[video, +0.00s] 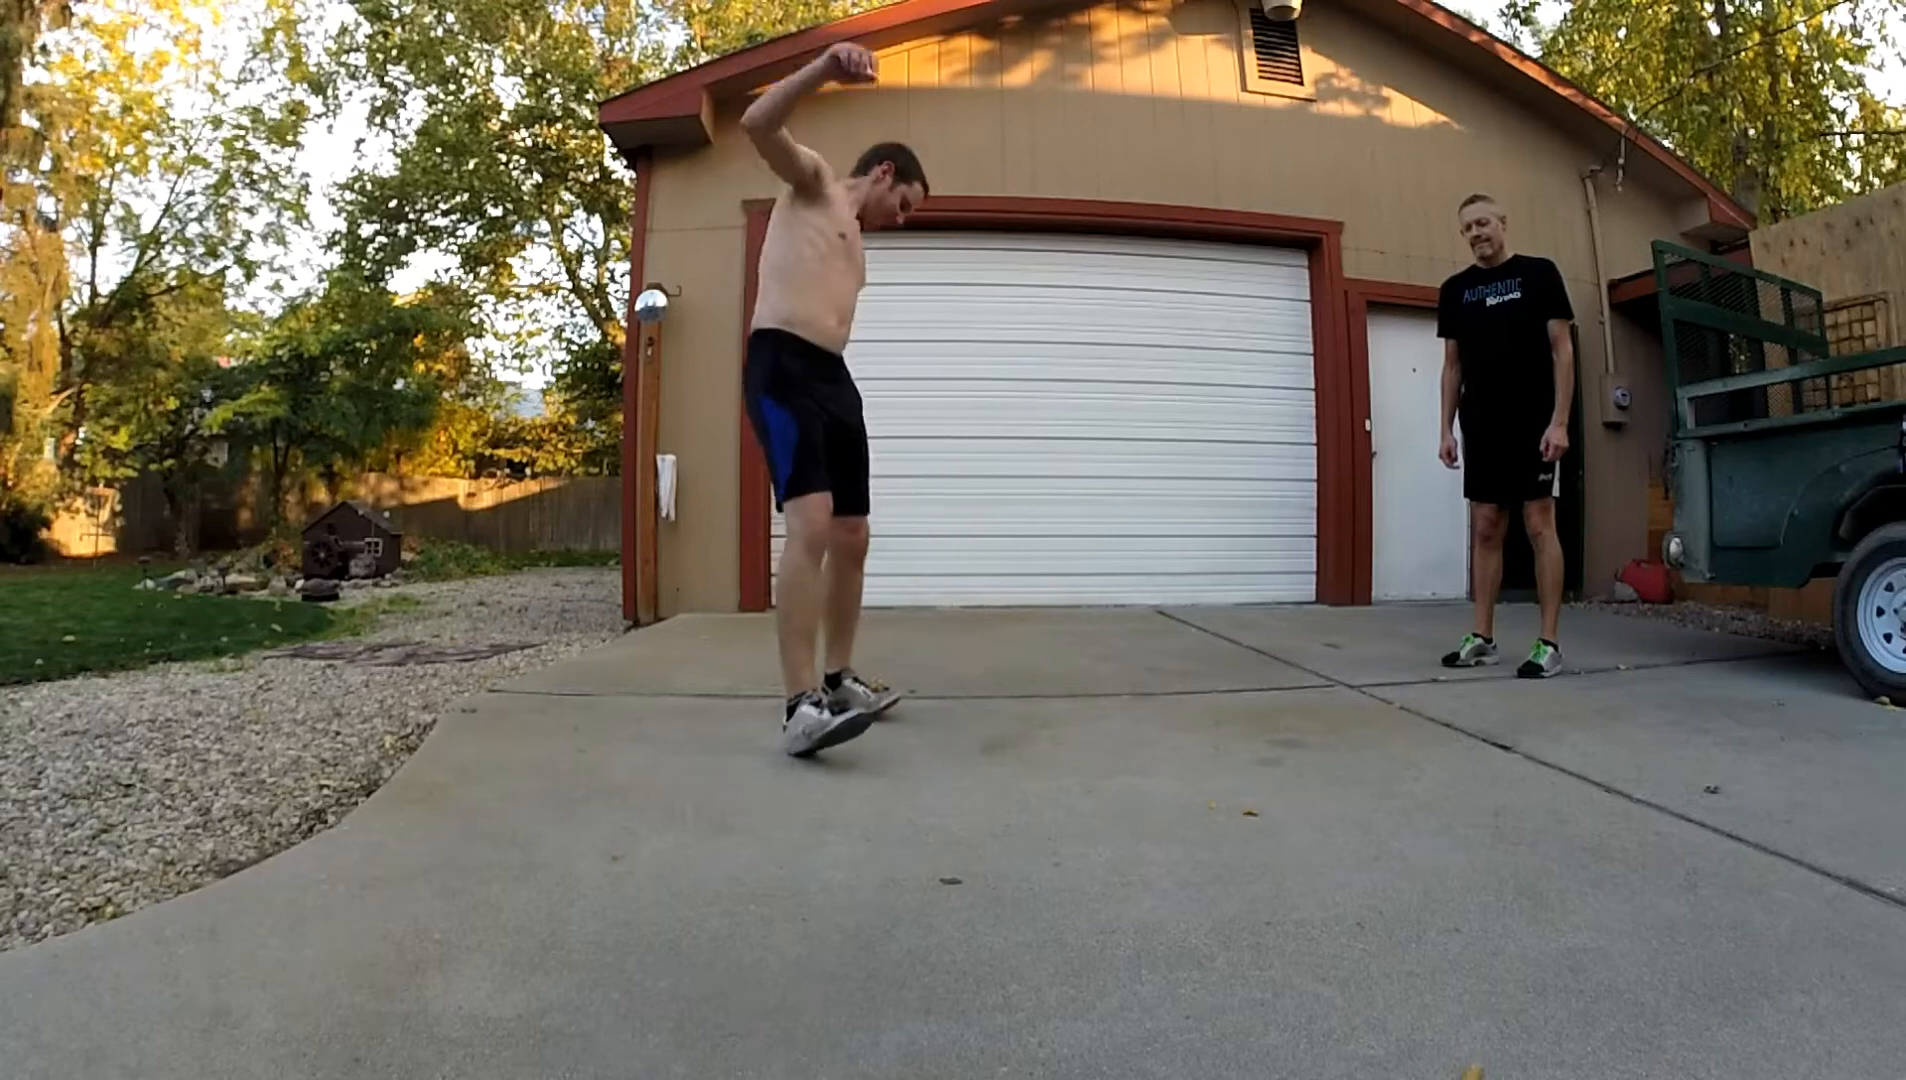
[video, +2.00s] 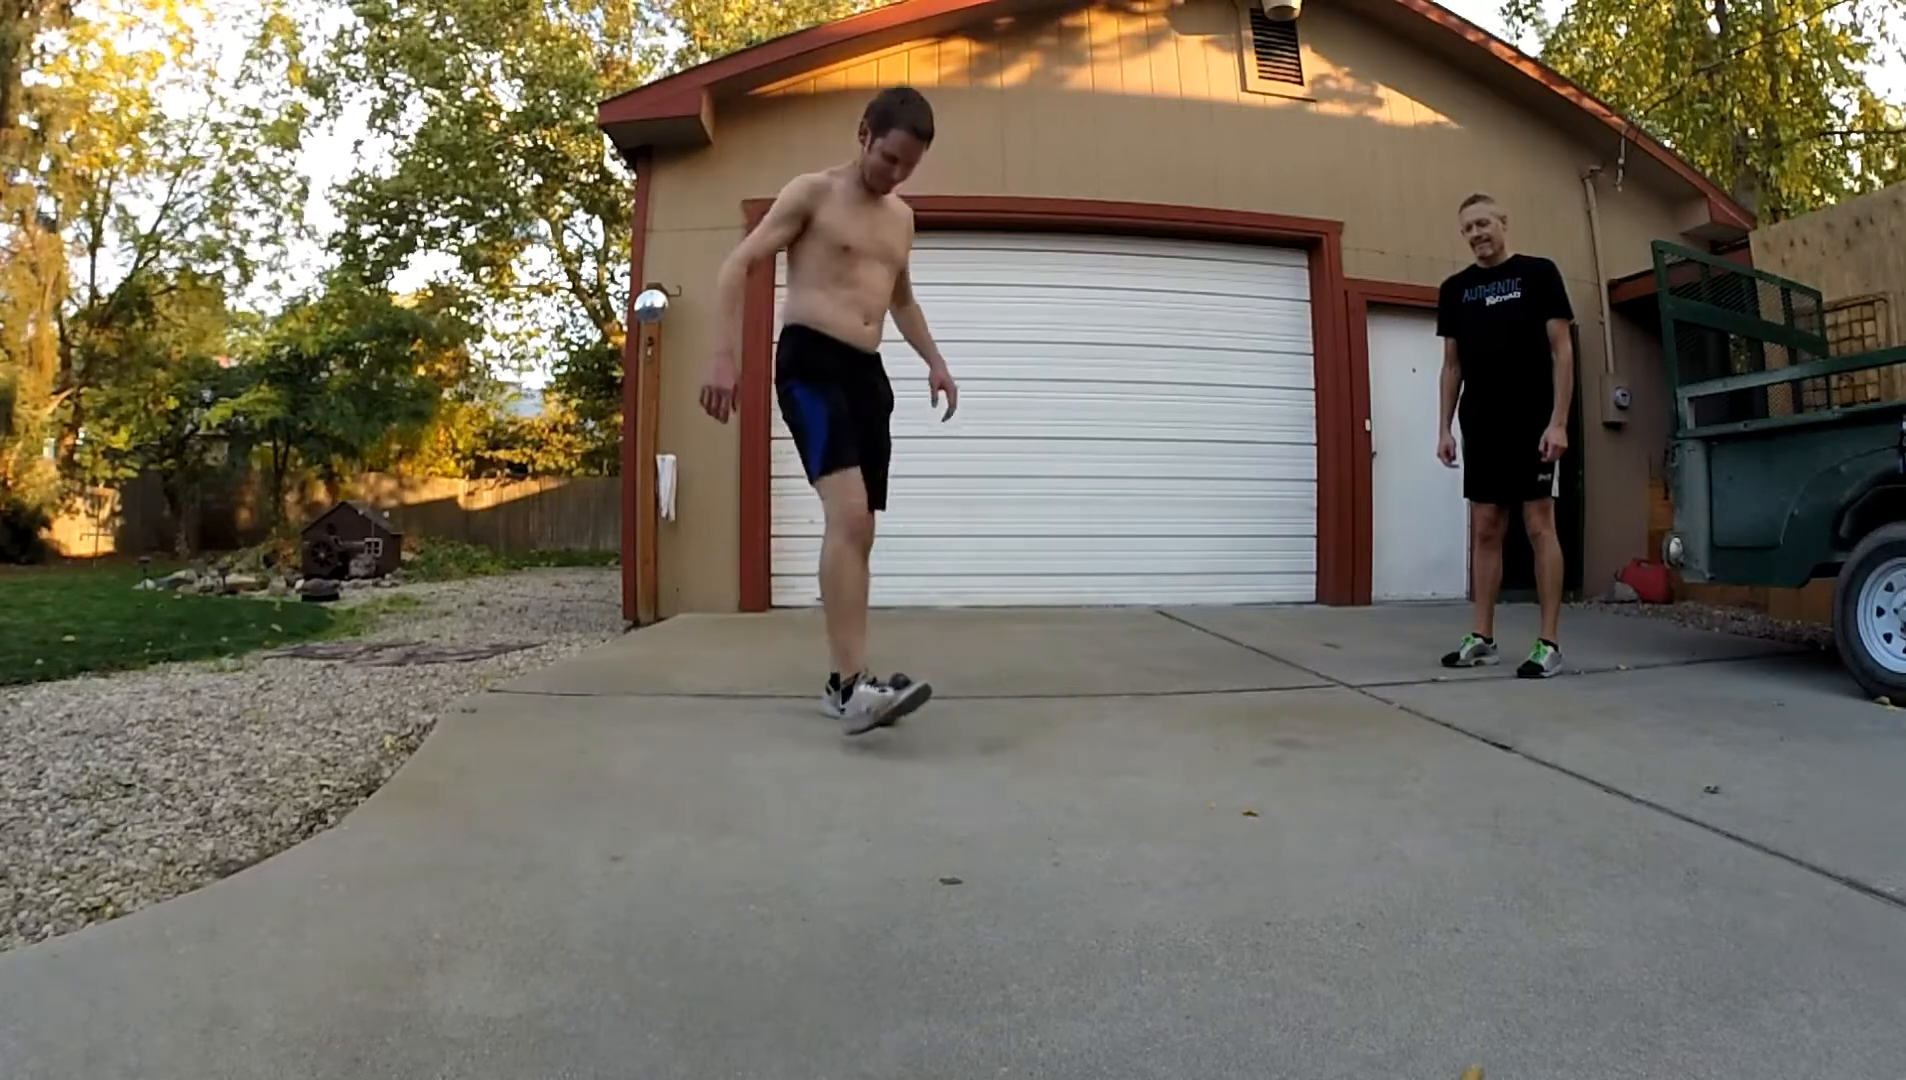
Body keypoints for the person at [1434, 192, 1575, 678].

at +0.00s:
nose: (1477, 232)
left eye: (1483, 223)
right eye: (1469, 227)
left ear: (1503, 224)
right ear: (1462, 236)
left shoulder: (1539, 273)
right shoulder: (1455, 290)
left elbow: (1563, 350)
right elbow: (1452, 363)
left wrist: (1559, 422)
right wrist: (1447, 429)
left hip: (1535, 421)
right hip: (1483, 424)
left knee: (1539, 527)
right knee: (1485, 528)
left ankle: (1548, 642)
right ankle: (1482, 636)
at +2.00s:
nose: (1477, 233)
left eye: (1483, 223)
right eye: (1469, 228)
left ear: (1503, 225)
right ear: (1462, 237)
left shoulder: (1539, 273)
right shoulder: (1455, 290)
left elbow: (1563, 351)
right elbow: (1452, 364)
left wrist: (1558, 422)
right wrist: (1445, 427)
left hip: (1534, 420)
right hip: (1482, 423)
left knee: (1539, 527)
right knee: (1485, 529)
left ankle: (1549, 642)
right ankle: (1482, 636)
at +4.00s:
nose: (1496, 222)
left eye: (1504, 214)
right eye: (1488, 216)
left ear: (1523, 221)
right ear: (1478, 226)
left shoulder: (1556, 270)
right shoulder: (1466, 283)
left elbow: (1574, 341)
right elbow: (1472, 354)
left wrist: (1564, 392)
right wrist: (1480, 404)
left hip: (1548, 414)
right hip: (1495, 416)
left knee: (1555, 526)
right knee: (1491, 530)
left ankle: (1570, 648)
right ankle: (1481, 636)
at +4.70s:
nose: (1562, 204)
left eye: (1570, 194)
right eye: (1553, 198)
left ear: (1592, 195)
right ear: (1545, 206)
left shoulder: (1624, 260)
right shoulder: (1526, 256)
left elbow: (1626, 341)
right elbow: (1515, 338)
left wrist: (1611, 385)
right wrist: (1545, 375)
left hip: (1602, 399)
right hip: (1547, 401)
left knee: (1589, 522)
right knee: (1568, 512)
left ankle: (1574, 650)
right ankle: (1550, 652)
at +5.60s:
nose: (1583, 159)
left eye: (1590, 145)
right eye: (1571, 153)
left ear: (1618, 141)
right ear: (1565, 163)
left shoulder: (1666, 204)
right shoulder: (1558, 226)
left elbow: (1680, 284)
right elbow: (1557, 319)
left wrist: (1645, 337)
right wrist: (1597, 356)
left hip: (1668, 377)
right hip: (1608, 386)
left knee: (1687, 524)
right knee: (1635, 522)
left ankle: (1649, 646)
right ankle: (1630, 670)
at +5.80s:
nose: (1585, 148)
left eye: (1591, 135)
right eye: (1574, 144)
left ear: (1621, 132)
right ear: (1569, 156)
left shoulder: (1677, 200)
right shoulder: (1563, 221)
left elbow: (1696, 288)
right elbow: (1568, 315)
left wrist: (1667, 341)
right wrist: (1612, 349)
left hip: (1682, 376)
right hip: (1617, 385)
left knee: (1723, 524)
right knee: (1642, 524)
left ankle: (1738, 668)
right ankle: (1631, 670)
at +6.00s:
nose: (1596, 141)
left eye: (1603, 127)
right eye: (1585, 136)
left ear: (1633, 127)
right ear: (1581, 150)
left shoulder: (1692, 188)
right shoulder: (1578, 215)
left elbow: (1720, 281)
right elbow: (1590, 313)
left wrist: (1697, 342)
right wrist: (1639, 347)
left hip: (1706, 375)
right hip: (1637, 386)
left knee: (1755, 519)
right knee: (1649, 528)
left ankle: (1801, 675)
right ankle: (1632, 672)